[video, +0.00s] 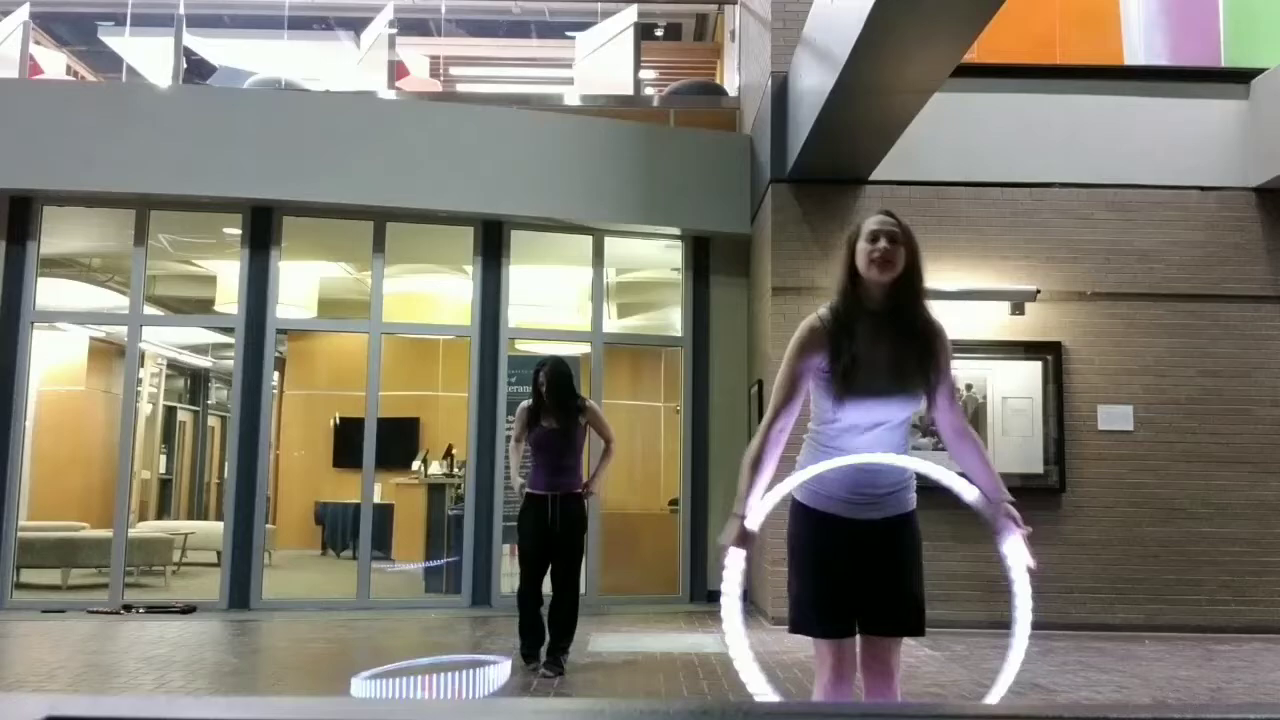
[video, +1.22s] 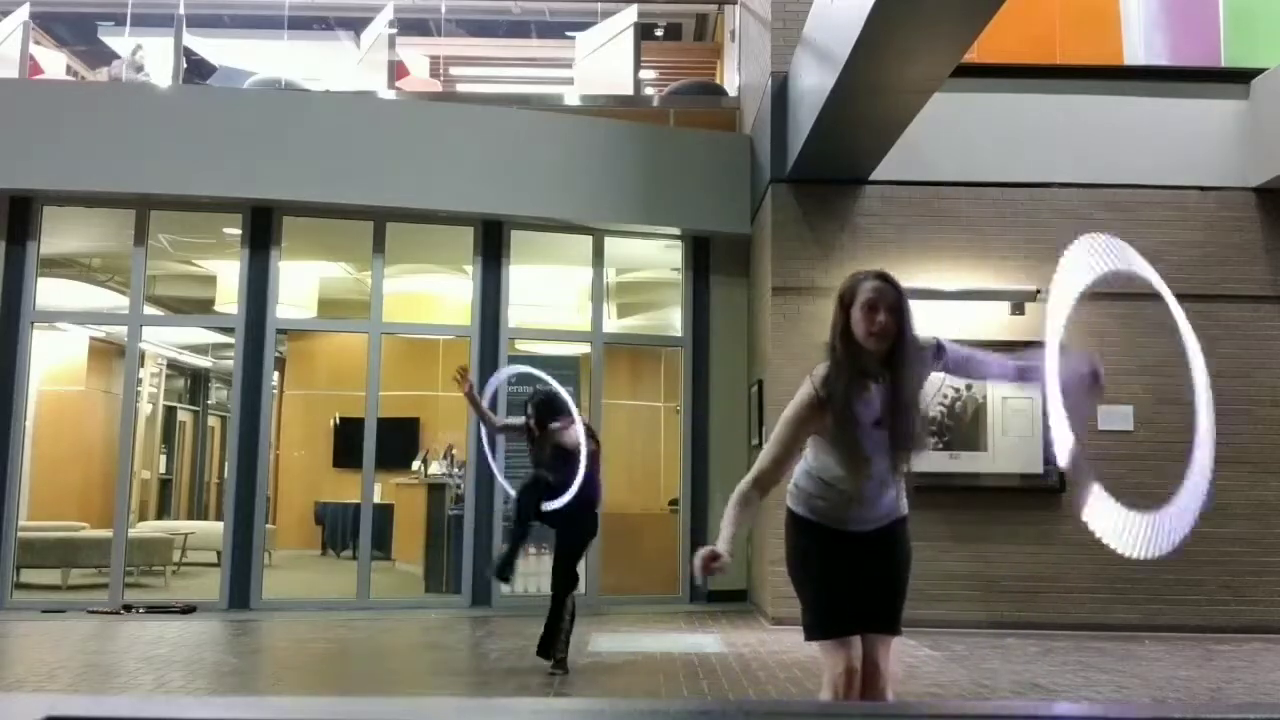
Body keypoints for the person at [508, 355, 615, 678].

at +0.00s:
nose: (545, 392)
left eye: (550, 386)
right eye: (541, 386)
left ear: (565, 385)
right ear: (536, 385)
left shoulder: (584, 409)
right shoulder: (528, 410)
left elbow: (609, 442)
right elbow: (516, 442)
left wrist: (594, 479)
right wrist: (515, 475)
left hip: (569, 504)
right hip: (534, 503)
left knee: (566, 584)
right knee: (529, 582)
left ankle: (557, 654)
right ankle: (531, 648)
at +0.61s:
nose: (553, 382)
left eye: (559, 376)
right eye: (549, 376)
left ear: (574, 380)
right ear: (544, 380)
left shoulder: (588, 413)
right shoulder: (537, 412)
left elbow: (620, 446)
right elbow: (524, 449)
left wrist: (605, 478)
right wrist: (518, 482)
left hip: (566, 503)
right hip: (531, 500)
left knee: (558, 583)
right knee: (516, 579)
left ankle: (552, 657)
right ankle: (496, 655)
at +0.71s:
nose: (552, 386)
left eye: (558, 380)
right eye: (549, 380)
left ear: (573, 381)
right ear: (545, 381)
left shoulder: (590, 414)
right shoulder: (539, 409)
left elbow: (609, 453)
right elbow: (524, 446)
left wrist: (604, 480)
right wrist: (507, 467)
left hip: (565, 499)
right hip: (532, 495)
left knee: (556, 579)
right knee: (515, 550)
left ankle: (552, 656)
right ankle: (484, 618)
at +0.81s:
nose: (548, 385)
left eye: (554, 379)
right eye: (546, 379)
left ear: (569, 380)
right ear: (544, 379)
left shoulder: (587, 410)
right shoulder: (538, 408)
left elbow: (598, 454)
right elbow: (520, 450)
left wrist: (582, 485)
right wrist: (499, 476)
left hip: (567, 495)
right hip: (535, 487)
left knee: (554, 582)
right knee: (507, 512)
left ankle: (548, 660)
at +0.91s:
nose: (543, 383)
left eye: (548, 377)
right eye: (540, 377)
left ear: (563, 378)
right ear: (538, 379)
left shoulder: (584, 408)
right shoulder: (536, 408)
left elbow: (573, 452)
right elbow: (514, 445)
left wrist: (546, 477)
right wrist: (488, 466)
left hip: (570, 489)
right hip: (540, 474)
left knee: (554, 567)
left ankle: (552, 646)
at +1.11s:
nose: (537, 408)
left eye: (541, 402)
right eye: (537, 403)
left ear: (555, 403)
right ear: (547, 405)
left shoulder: (581, 427)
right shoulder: (541, 428)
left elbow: (561, 441)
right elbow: (503, 427)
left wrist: (530, 442)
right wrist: (469, 411)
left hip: (574, 515)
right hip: (547, 507)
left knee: (559, 583)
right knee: (539, 462)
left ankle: (559, 651)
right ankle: (484, 509)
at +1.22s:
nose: (530, 424)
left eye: (534, 418)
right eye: (529, 418)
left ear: (548, 416)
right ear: (531, 416)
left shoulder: (574, 427)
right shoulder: (534, 430)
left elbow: (573, 439)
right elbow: (495, 425)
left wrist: (552, 433)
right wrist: (471, 395)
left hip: (578, 512)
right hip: (553, 506)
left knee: (563, 583)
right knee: (532, 485)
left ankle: (559, 654)